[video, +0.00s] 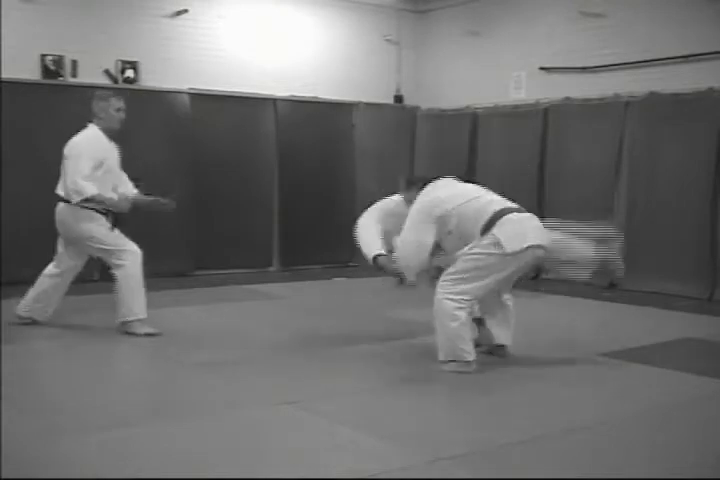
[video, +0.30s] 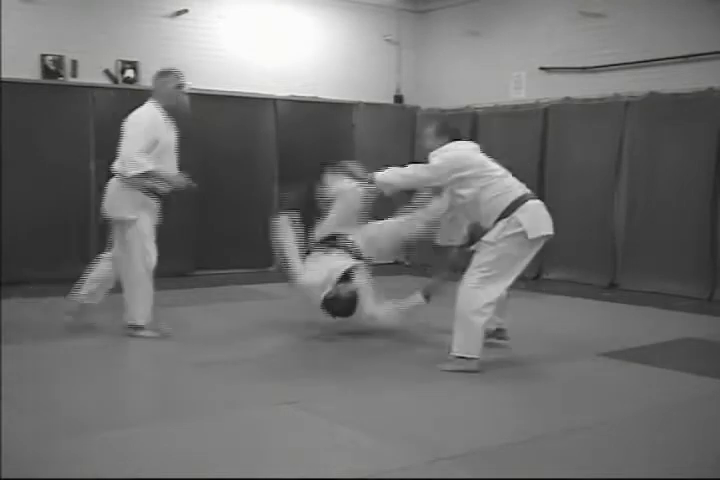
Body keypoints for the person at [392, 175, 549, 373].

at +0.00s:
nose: (410, 206)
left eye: (410, 201)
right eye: (408, 201)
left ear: (416, 191)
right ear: (430, 184)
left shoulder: (427, 199)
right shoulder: (460, 189)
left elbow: (411, 256)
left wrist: (409, 275)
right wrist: (440, 265)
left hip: (507, 237)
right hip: (536, 235)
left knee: (450, 290)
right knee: (494, 290)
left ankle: (459, 360)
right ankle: (498, 344)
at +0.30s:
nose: (423, 145)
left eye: (426, 139)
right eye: (423, 139)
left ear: (440, 138)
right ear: (450, 137)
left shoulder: (454, 155)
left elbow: (417, 175)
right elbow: (436, 209)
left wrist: (377, 178)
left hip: (517, 222)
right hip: (533, 220)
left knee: (475, 282)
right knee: (494, 276)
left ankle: (465, 356)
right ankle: (495, 328)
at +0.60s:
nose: (457, 120)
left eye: (462, 114)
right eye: (459, 114)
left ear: (477, 117)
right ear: (481, 117)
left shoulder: (487, 148)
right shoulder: (496, 140)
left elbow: (487, 198)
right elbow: (485, 193)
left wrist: (480, 242)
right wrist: (474, 227)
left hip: (531, 223)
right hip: (515, 224)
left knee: (514, 285)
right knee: (495, 273)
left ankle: (552, 350)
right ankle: (500, 327)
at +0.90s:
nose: (483, 125)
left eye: (488, 119)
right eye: (484, 119)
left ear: (503, 122)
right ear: (500, 123)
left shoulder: (522, 154)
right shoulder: (496, 155)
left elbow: (530, 207)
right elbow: (490, 196)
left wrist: (505, 231)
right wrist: (483, 217)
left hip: (554, 226)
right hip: (532, 228)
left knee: (533, 282)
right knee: (515, 270)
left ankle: (554, 352)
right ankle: (541, 326)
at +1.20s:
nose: (501, 116)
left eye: (504, 112)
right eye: (503, 111)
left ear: (516, 115)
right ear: (532, 115)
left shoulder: (500, 143)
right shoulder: (549, 133)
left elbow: (459, 131)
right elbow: (557, 119)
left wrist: (432, 109)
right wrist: (538, 106)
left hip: (530, 226)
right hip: (563, 220)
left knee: (498, 285)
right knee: (550, 280)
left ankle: (512, 343)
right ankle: (554, 324)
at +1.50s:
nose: (558, 123)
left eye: (558, 118)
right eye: (557, 118)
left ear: (532, 106)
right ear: (550, 116)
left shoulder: (499, 116)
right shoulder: (548, 146)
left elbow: (503, 103)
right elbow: (560, 190)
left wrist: (525, 99)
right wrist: (587, 198)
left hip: (475, 216)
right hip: (511, 221)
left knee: (499, 281)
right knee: (559, 281)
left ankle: (467, 330)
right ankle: (553, 347)